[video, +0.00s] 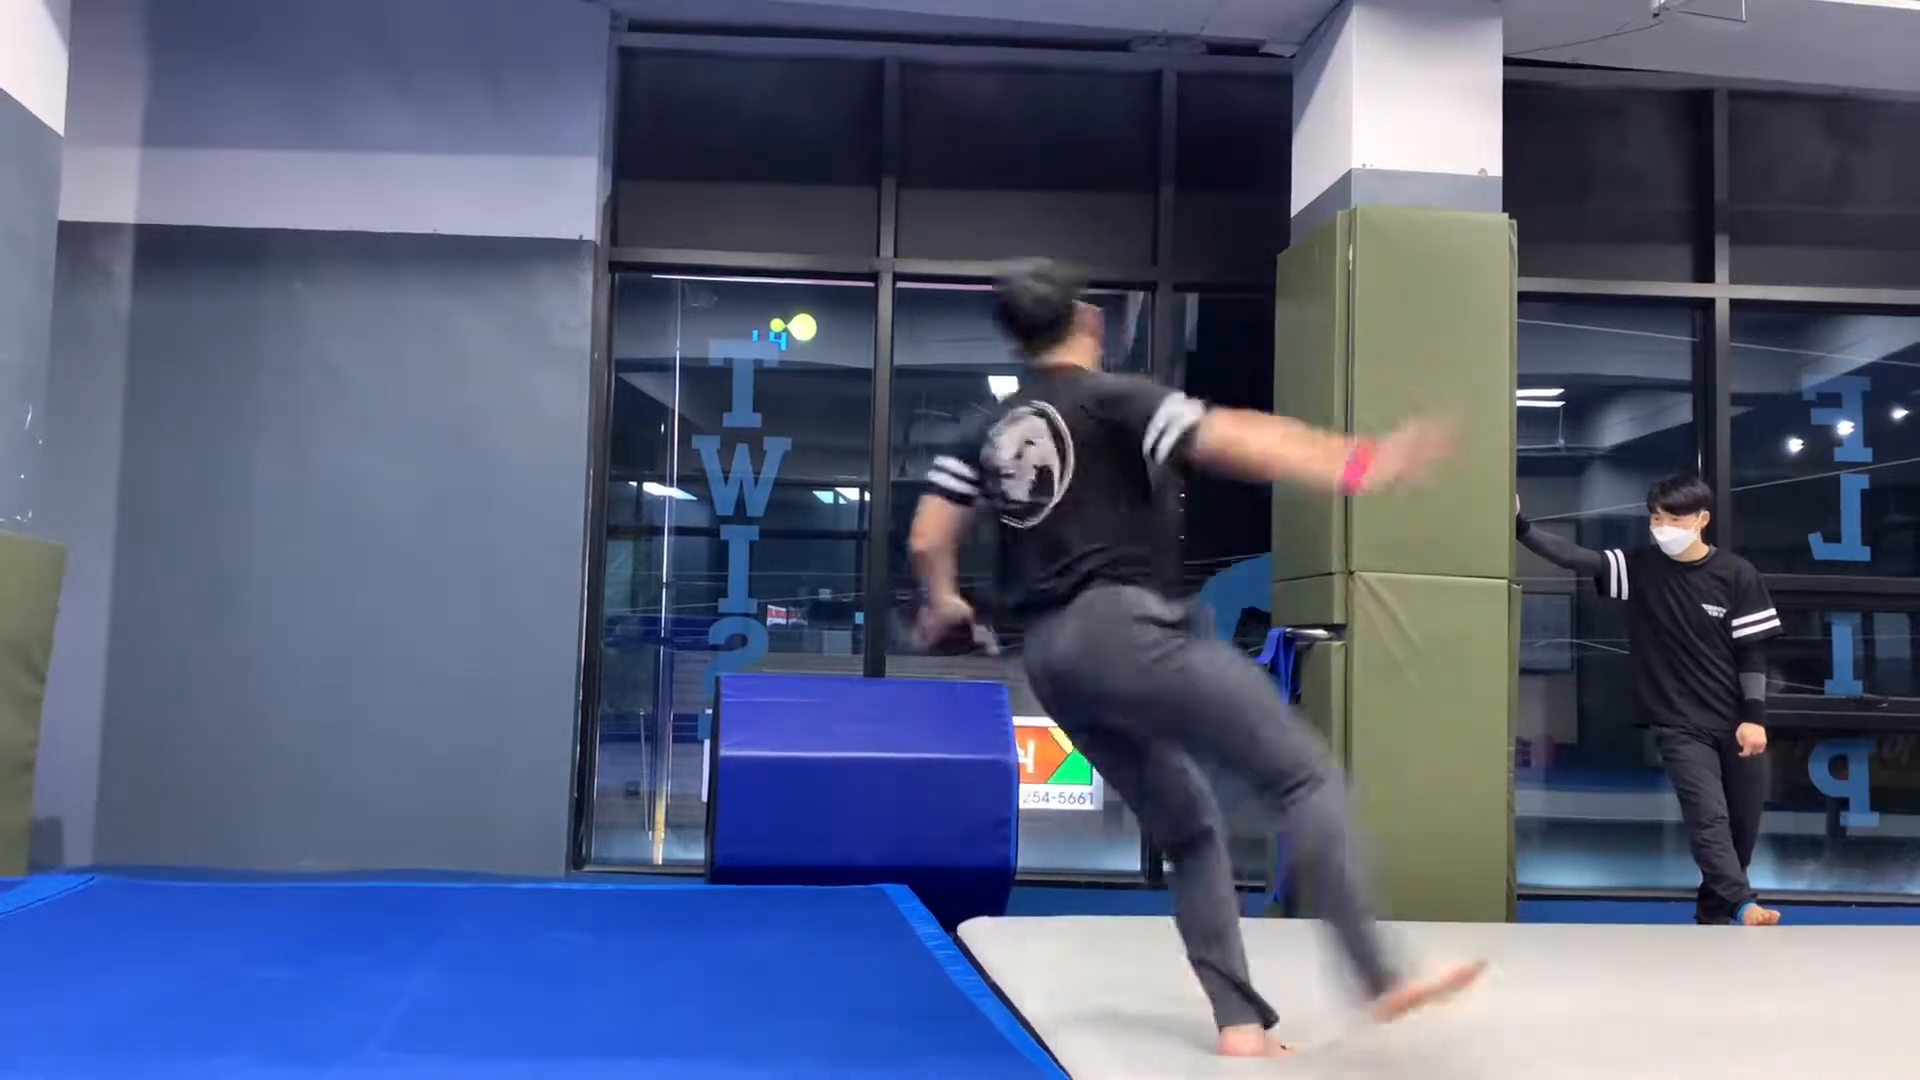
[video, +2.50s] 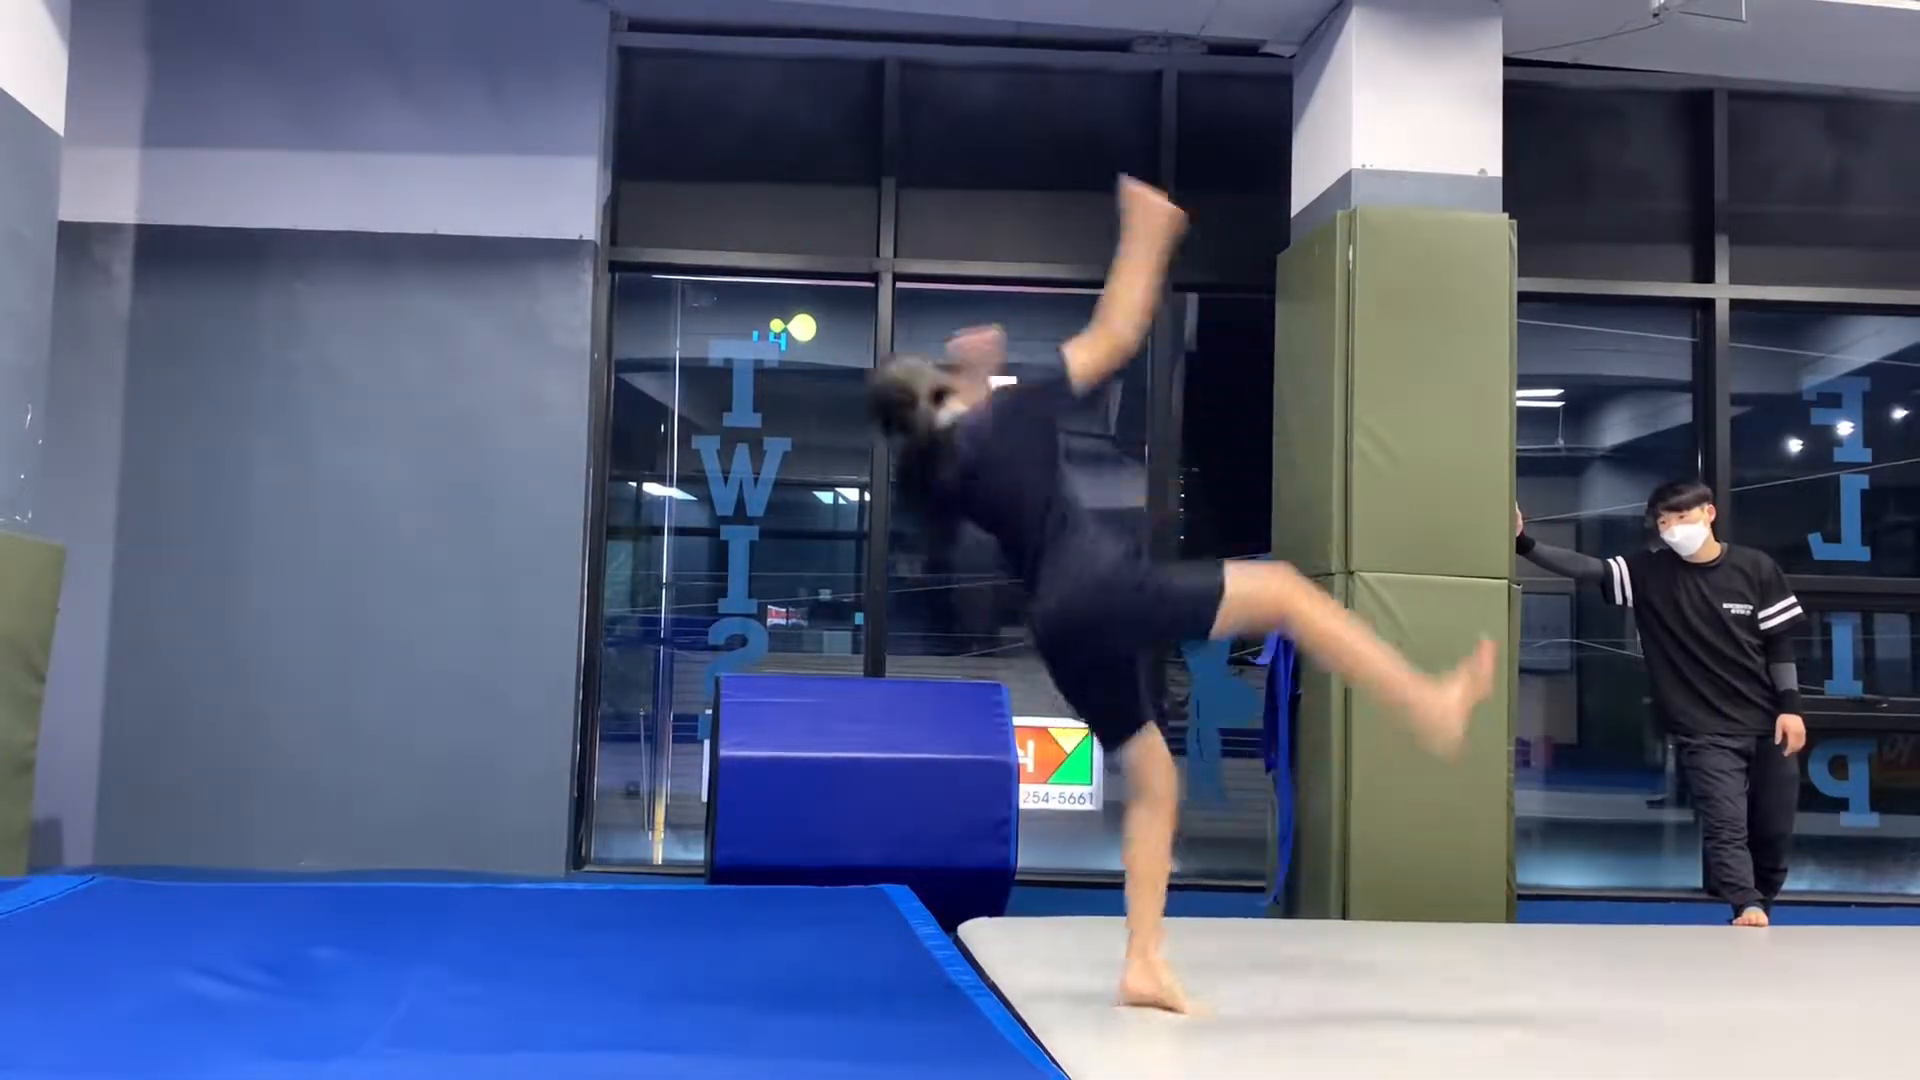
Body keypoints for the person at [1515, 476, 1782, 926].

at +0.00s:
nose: (1657, 529)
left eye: (1668, 522)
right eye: (1654, 520)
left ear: (1700, 521)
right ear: (1650, 517)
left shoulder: (1737, 575)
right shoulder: (1640, 566)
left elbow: (1751, 653)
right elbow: (1577, 557)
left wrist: (1753, 717)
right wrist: (1522, 527)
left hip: (1734, 720)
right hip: (1678, 720)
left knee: (1744, 823)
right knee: (1707, 813)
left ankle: (1711, 912)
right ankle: (1743, 904)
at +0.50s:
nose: (1656, 528)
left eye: (1667, 521)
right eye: (1653, 519)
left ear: (1700, 520)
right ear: (1650, 517)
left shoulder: (1736, 574)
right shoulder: (1641, 567)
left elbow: (1754, 650)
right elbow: (1577, 557)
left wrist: (1753, 716)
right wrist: (1522, 527)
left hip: (1733, 720)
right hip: (1678, 720)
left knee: (1743, 822)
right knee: (1707, 813)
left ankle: (1711, 914)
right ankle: (1744, 904)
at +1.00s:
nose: (1658, 529)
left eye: (1669, 521)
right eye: (1655, 519)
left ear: (1701, 520)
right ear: (1650, 518)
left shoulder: (1736, 575)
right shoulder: (1641, 566)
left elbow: (1752, 653)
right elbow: (1578, 558)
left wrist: (1753, 717)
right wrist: (1522, 527)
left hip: (1733, 721)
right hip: (1678, 720)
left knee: (1744, 822)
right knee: (1707, 814)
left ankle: (1711, 912)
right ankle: (1743, 904)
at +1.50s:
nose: (1660, 526)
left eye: (1670, 518)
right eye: (1655, 517)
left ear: (1701, 518)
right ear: (1651, 517)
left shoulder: (1737, 575)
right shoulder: (1642, 567)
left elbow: (1753, 651)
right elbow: (1579, 558)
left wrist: (1754, 716)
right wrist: (1523, 527)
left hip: (1735, 721)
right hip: (1679, 721)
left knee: (1744, 823)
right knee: (1707, 814)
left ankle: (1712, 913)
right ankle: (1743, 905)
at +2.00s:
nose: (1671, 523)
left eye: (1681, 512)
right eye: (1664, 516)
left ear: (1710, 513)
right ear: (1658, 522)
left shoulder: (1756, 569)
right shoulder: (1650, 571)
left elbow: (1781, 644)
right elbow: (1588, 568)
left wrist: (1790, 707)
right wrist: (1525, 543)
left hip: (1767, 724)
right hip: (1704, 727)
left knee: (1776, 829)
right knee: (1725, 819)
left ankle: (1760, 901)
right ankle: (1746, 907)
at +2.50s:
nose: (1670, 524)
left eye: (1681, 513)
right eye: (1663, 517)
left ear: (1709, 513)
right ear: (1656, 525)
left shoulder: (1755, 568)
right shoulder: (1649, 570)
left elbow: (1780, 645)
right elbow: (1587, 568)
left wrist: (1790, 707)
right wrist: (1525, 544)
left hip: (1766, 724)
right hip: (1703, 727)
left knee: (1776, 829)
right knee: (1725, 818)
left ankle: (1759, 901)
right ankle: (1747, 907)